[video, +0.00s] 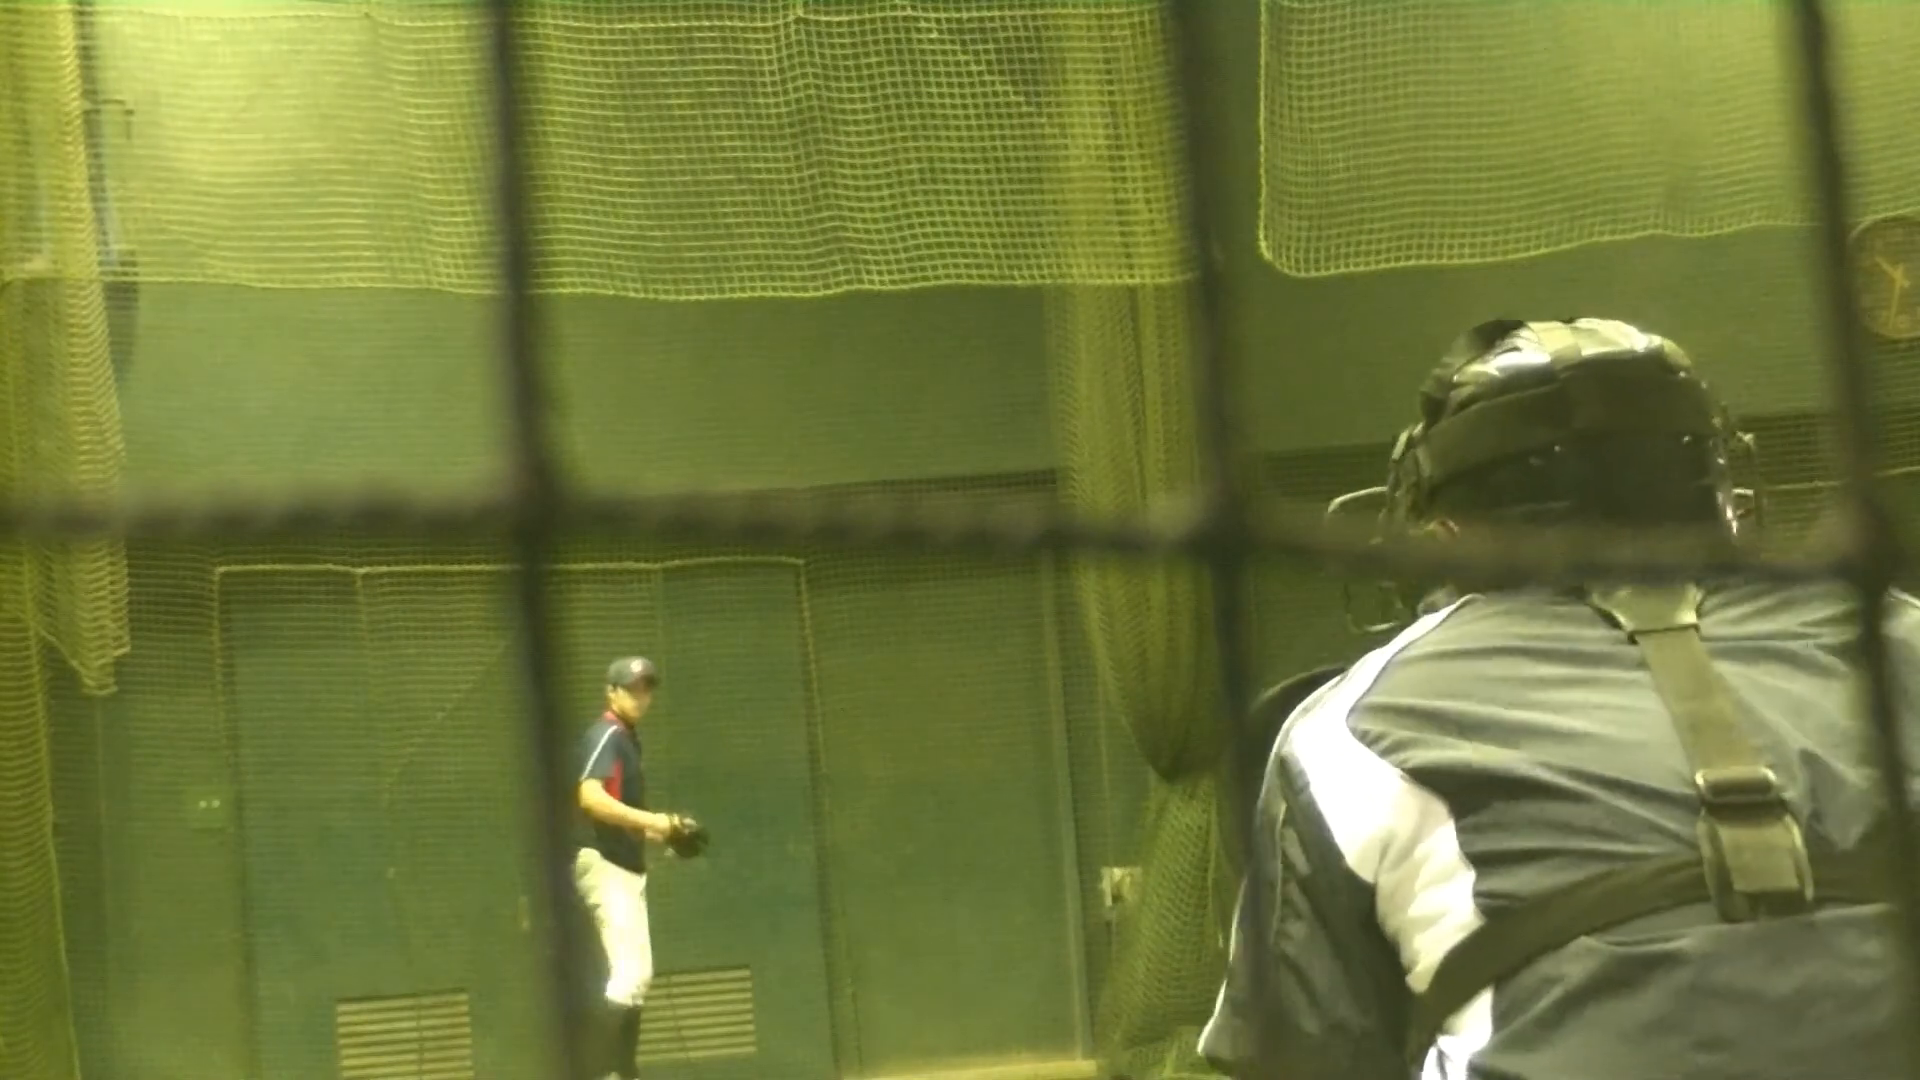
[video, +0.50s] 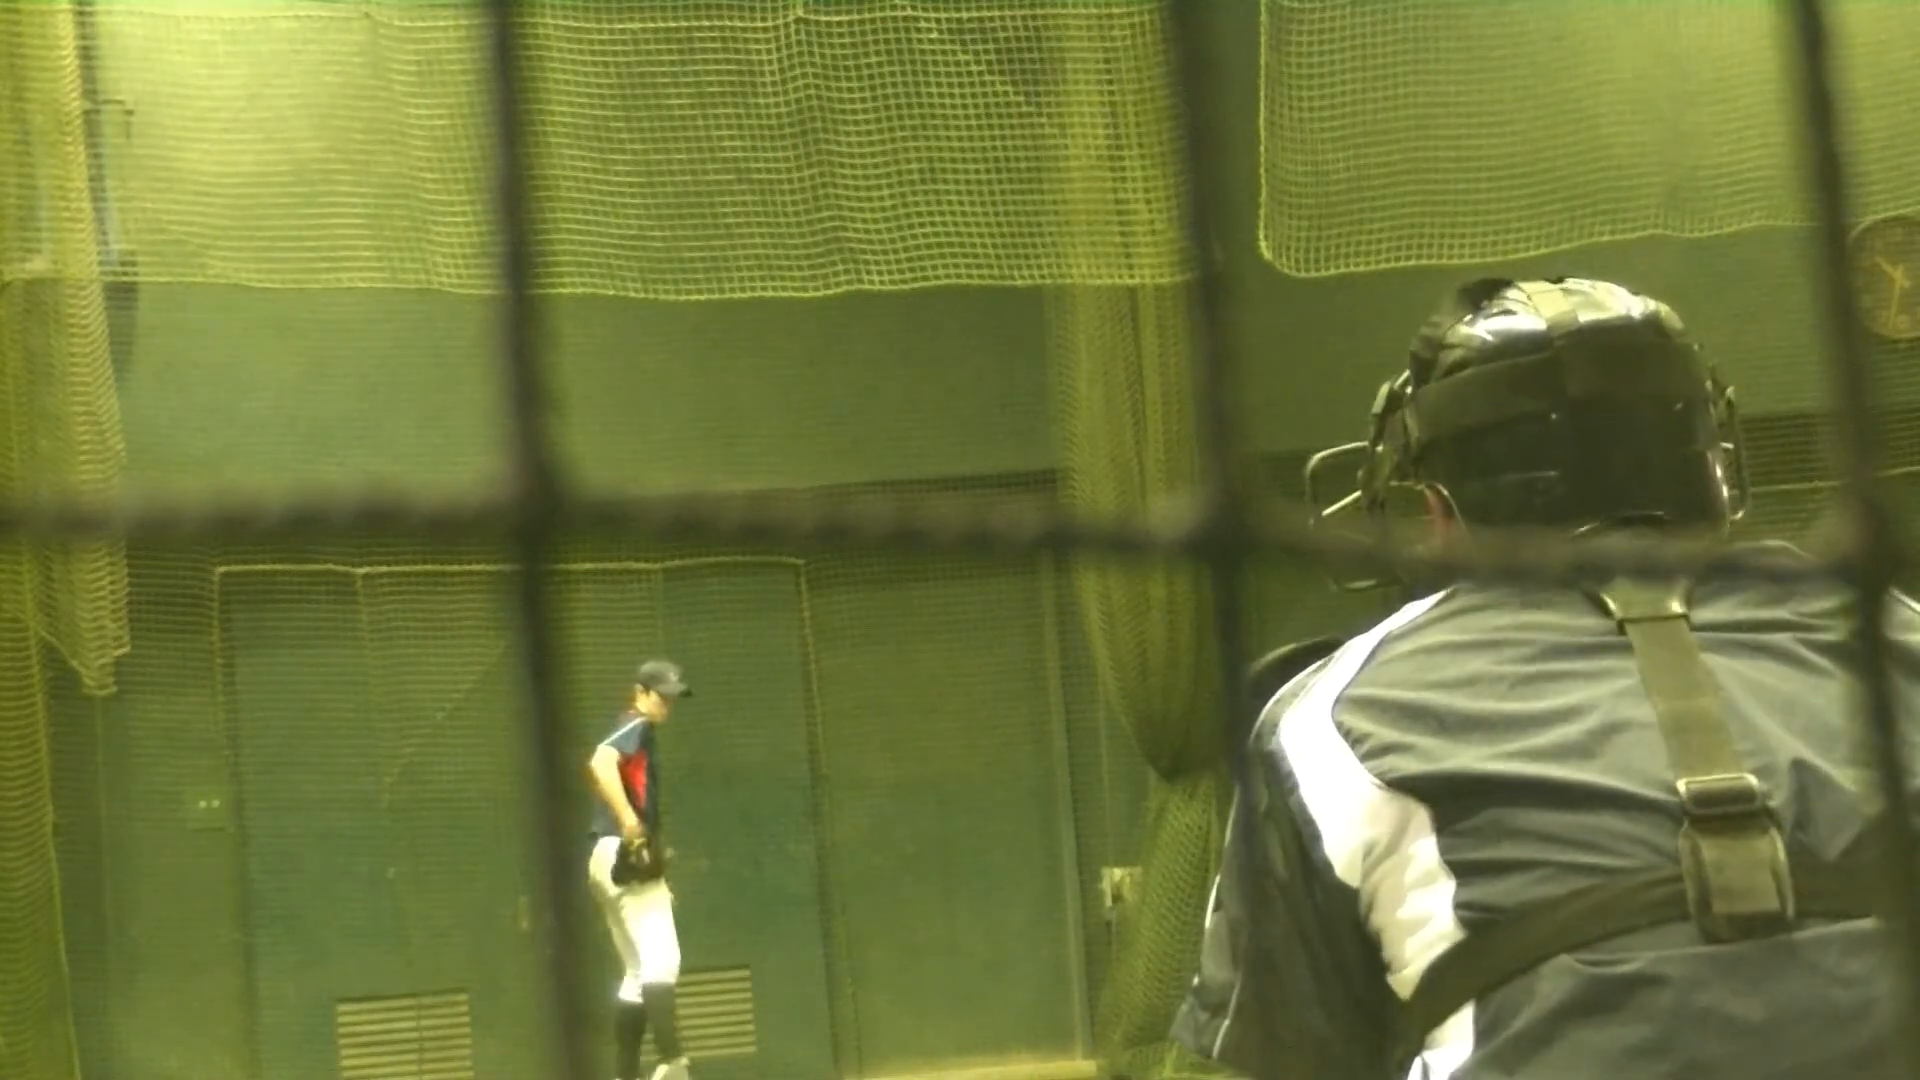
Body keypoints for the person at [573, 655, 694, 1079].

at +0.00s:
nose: (643, 698)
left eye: (648, 690)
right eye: (635, 690)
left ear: (651, 695)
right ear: (613, 692)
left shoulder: (626, 737)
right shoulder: (607, 734)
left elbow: (616, 809)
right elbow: (591, 797)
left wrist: (662, 831)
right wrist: (656, 822)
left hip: (623, 868)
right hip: (605, 866)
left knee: (633, 973)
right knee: (631, 972)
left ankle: (621, 1069)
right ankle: (604, 1070)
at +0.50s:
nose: (669, 706)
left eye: (672, 699)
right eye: (665, 698)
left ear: (646, 696)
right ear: (642, 694)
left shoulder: (634, 728)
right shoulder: (637, 727)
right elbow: (602, 763)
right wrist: (630, 824)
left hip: (613, 852)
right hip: (629, 852)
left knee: (636, 968)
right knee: (661, 955)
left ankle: (627, 1071)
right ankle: (672, 1060)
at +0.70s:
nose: (679, 715)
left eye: (682, 707)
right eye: (675, 706)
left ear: (656, 704)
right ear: (652, 700)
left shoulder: (639, 734)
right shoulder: (648, 734)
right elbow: (616, 775)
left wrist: (653, 849)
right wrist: (633, 840)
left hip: (620, 860)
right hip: (637, 859)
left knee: (657, 969)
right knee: (675, 958)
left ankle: (633, 1072)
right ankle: (679, 1061)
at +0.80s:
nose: (687, 719)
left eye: (690, 712)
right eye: (681, 711)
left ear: (659, 710)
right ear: (655, 707)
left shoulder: (641, 742)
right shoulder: (653, 742)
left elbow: (623, 797)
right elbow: (624, 789)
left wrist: (648, 859)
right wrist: (638, 858)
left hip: (625, 869)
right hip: (643, 868)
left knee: (666, 976)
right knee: (681, 971)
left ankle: (636, 1071)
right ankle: (672, 1067)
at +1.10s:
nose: (703, 717)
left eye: (706, 709)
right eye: (695, 709)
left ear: (706, 712)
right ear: (672, 709)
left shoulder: (663, 748)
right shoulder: (668, 749)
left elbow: (633, 807)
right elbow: (632, 804)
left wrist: (656, 873)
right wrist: (640, 872)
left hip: (634, 872)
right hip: (646, 873)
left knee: (670, 974)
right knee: (686, 975)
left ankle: (641, 1069)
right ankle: (667, 1073)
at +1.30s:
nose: (707, 723)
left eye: (709, 715)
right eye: (699, 715)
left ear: (709, 717)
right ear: (676, 716)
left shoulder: (660, 751)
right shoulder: (673, 756)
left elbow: (646, 832)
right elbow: (653, 826)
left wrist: (678, 906)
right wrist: (677, 897)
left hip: (620, 874)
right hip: (631, 877)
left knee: (657, 980)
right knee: (682, 979)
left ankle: (635, 1072)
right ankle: (669, 1072)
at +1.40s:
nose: (703, 731)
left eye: (706, 723)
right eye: (694, 723)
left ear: (710, 724)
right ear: (671, 723)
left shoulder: (656, 759)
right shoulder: (669, 764)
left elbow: (662, 845)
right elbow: (671, 838)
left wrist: (687, 895)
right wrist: (712, 900)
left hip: (616, 881)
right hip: (629, 883)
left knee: (659, 982)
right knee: (685, 982)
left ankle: (634, 1072)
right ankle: (667, 1072)